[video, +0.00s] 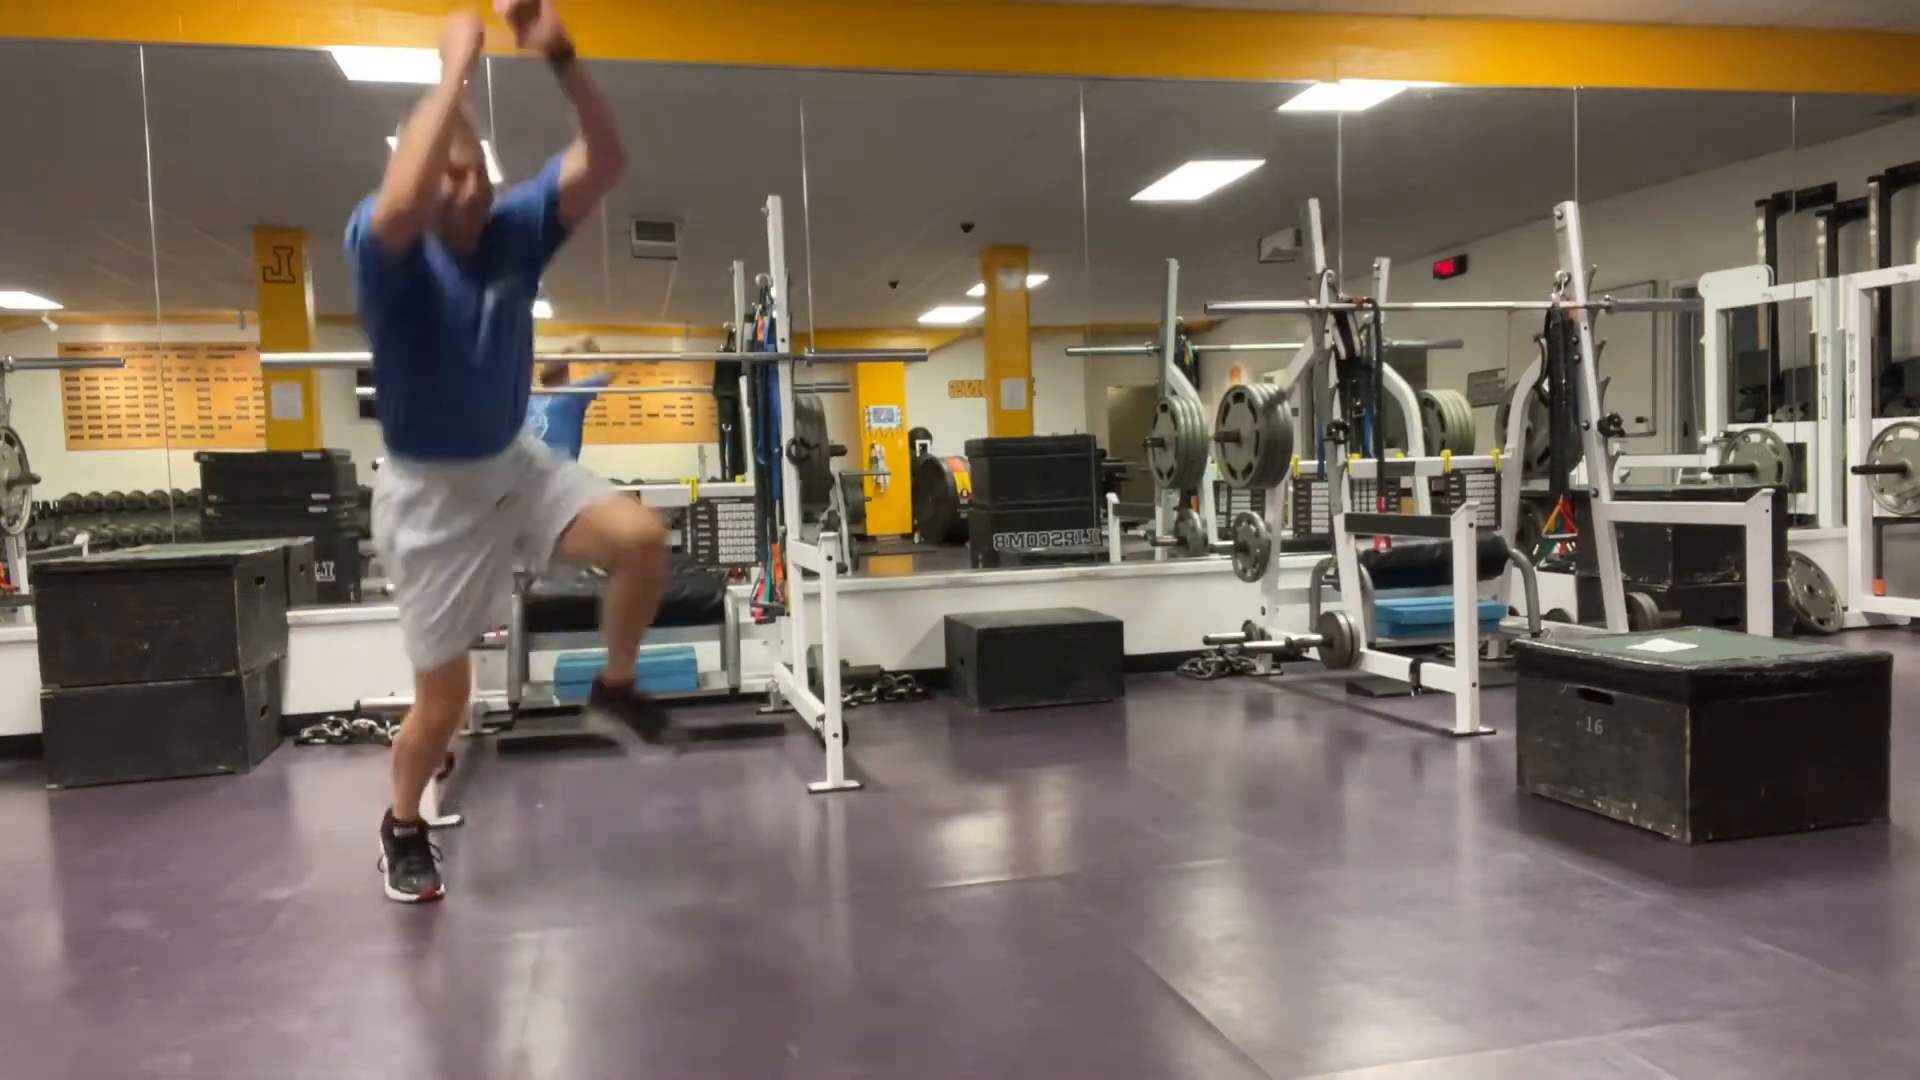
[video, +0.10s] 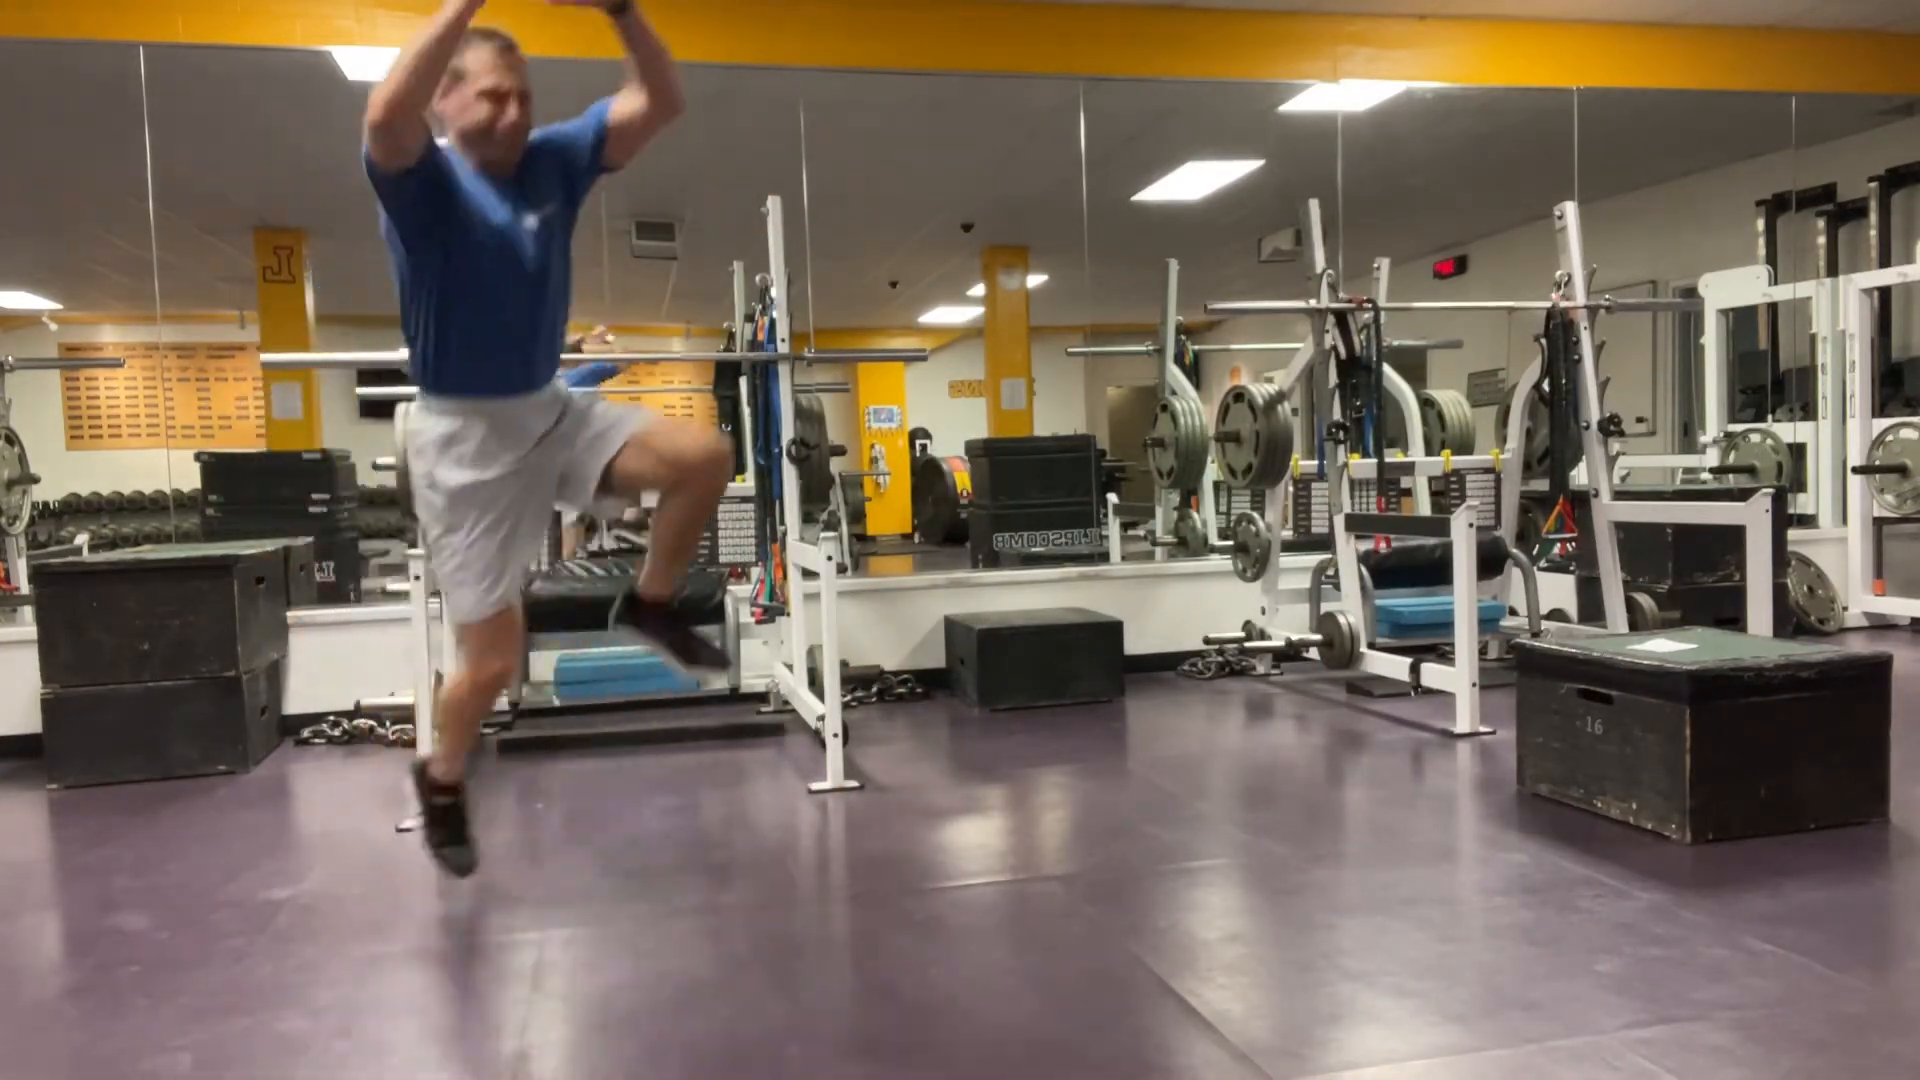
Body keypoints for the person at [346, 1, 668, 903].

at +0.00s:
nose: (465, 186)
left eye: (474, 167)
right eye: (446, 173)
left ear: (492, 171)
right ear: (411, 180)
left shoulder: (515, 232)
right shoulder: (383, 250)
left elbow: (604, 160)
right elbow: (400, 205)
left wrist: (561, 58)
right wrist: (453, 72)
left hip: (518, 473)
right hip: (429, 497)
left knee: (639, 539)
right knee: (441, 705)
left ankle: (617, 687)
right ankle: (403, 822)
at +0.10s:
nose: (501, 109)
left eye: (514, 94)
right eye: (480, 93)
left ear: (528, 103)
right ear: (439, 107)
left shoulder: (554, 161)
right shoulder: (418, 181)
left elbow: (661, 103)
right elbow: (388, 121)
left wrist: (624, 13)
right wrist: (460, 8)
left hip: (553, 414)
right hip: (461, 438)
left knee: (701, 458)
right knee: (493, 664)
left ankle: (653, 606)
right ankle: (442, 783)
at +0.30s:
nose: (616, 123)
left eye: (627, 106)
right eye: (597, 106)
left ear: (644, 105)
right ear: (550, 104)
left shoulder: (668, 176)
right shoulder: (502, 179)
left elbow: (785, 188)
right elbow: (330, 215)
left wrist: (789, 160)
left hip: (632, 421)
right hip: (535, 450)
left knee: (796, 429)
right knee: (613, 659)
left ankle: (687, 556)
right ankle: (647, 896)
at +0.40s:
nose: (682, 197)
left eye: (689, 178)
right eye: (662, 179)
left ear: (702, 176)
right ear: (606, 180)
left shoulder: (712, 252)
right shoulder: (541, 284)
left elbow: (801, 296)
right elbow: (401, 390)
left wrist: (815, 304)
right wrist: (477, 479)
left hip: (690, 499)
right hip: (592, 532)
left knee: (857, 503)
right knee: (687, 734)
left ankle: (765, 649)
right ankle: (701, 984)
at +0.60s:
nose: (803, 281)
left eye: (808, 261)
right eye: (780, 263)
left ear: (816, 260)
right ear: (717, 265)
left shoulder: (823, 360)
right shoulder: (655, 384)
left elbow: (836, 511)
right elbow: (597, 567)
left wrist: (832, 517)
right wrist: (731, 611)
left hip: (748, 585)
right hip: (650, 606)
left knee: (877, 705)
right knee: (787, 776)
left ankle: (791, 868)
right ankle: (710, 989)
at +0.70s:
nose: (854, 271)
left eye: (860, 253)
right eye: (832, 254)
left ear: (867, 256)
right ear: (769, 257)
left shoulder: (867, 364)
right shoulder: (707, 374)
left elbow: (869, 514)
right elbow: (669, 557)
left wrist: (860, 587)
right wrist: (809, 614)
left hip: (790, 592)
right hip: (690, 599)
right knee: (824, 789)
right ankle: (711, 987)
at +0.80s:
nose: (896, 252)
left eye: (901, 234)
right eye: (875, 234)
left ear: (907, 240)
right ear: (815, 240)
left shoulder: (910, 341)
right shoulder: (760, 334)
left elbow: (1007, 454)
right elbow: (777, 451)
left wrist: (1015, 412)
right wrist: (941, 422)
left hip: (829, 582)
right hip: (735, 587)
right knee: (841, 788)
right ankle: (713, 987)